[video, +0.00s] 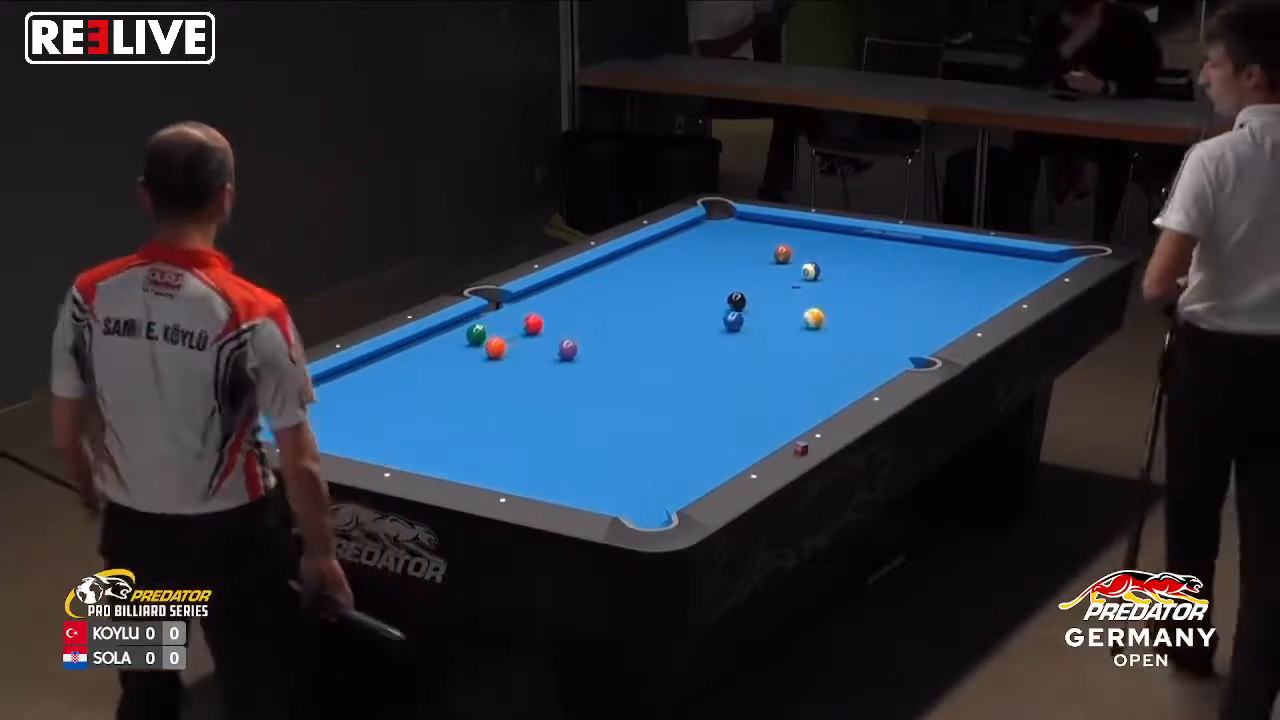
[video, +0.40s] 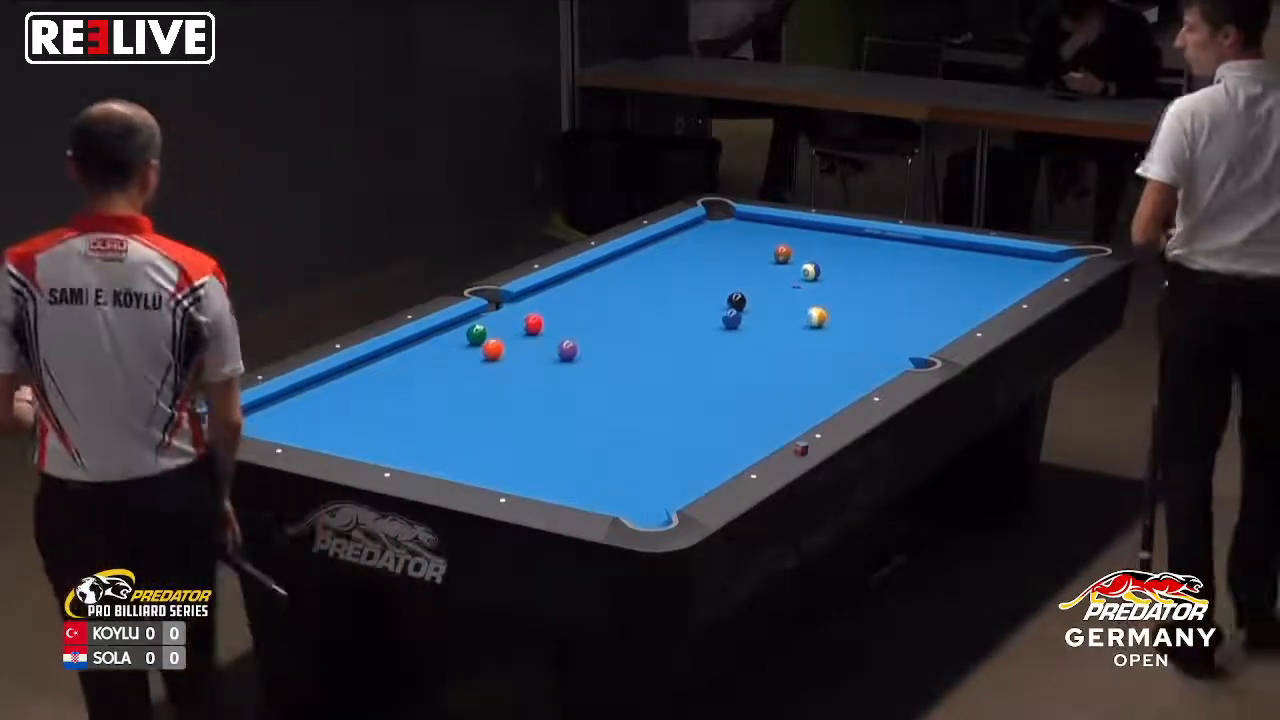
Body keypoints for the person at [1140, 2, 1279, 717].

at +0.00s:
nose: (1204, 78)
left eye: (1212, 65)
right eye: (1206, 64)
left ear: (1247, 71)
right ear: (1267, 71)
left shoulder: (1214, 159)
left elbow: (1159, 280)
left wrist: (1178, 295)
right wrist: (1185, 284)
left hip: (1215, 354)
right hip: (1277, 353)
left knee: (1194, 500)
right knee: (1273, 520)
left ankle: (1191, 648)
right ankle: (1261, 681)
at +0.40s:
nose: (1180, 39)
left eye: (1191, 27)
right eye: (1183, 26)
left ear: (1232, 37)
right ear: (1240, 37)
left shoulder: (1191, 113)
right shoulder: (1277, 101)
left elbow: (1145, 229)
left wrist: (1180, 234)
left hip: (1202, 296)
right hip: (1274, 298)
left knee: (1187, 453)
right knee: (1269, 457)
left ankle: (1191, 631)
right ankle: (1259, 612)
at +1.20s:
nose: (1169, 9)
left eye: (1178, 1)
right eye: (1171, 1)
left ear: (1215, 6)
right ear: (1228, 7)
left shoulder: (1203, 65)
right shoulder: (1271, 50)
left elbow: (1198, 168)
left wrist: (1161, 217)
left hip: (1212, 228)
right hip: (1271, 223)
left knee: (1197, 353)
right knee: (1268, 366)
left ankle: (1191, 461)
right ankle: (1267, 517)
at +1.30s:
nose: (1149, 6)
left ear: (1190, 1)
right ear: (1220, 1)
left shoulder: (1186, 58)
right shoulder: (1269, 44)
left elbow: (1195, 157)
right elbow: (1265, 133)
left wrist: (1159, 215)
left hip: (1202, 217)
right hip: (1263, 213)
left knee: (1182, 342)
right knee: (1247, 356)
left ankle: (1186, 465)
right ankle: (1263, 497)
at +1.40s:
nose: (1133, 1)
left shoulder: (1174, 53)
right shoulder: (1254, 38)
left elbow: (1190, 145)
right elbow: (1267, 134)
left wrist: (1156, 212)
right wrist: (1255, 186)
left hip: (1190, 211)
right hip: (1247, 208)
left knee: (1178, 343)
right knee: (1229, 346)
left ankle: (1186, 465)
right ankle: (1264, 482)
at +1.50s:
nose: (1120, 5)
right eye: (1118, 1)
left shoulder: (1162, 40)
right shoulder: (1226, 25)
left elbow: (1185, 135)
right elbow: (1228, 118)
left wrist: (1153, 202)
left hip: (1182, 198)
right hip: (1223, 193)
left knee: (1174, 332)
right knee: (1199, 329)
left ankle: (1187, 464)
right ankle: (1237, 443)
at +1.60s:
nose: (1107, 1)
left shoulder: (1152, 34)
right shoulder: (1205, 20)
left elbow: (1186, 127)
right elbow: (1211, 116)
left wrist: (1152, 198)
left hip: (1169, 191)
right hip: (1199, 184)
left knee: (1167, 331)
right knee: (1176, 327)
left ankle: (1188, 467)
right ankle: (1200, 455)